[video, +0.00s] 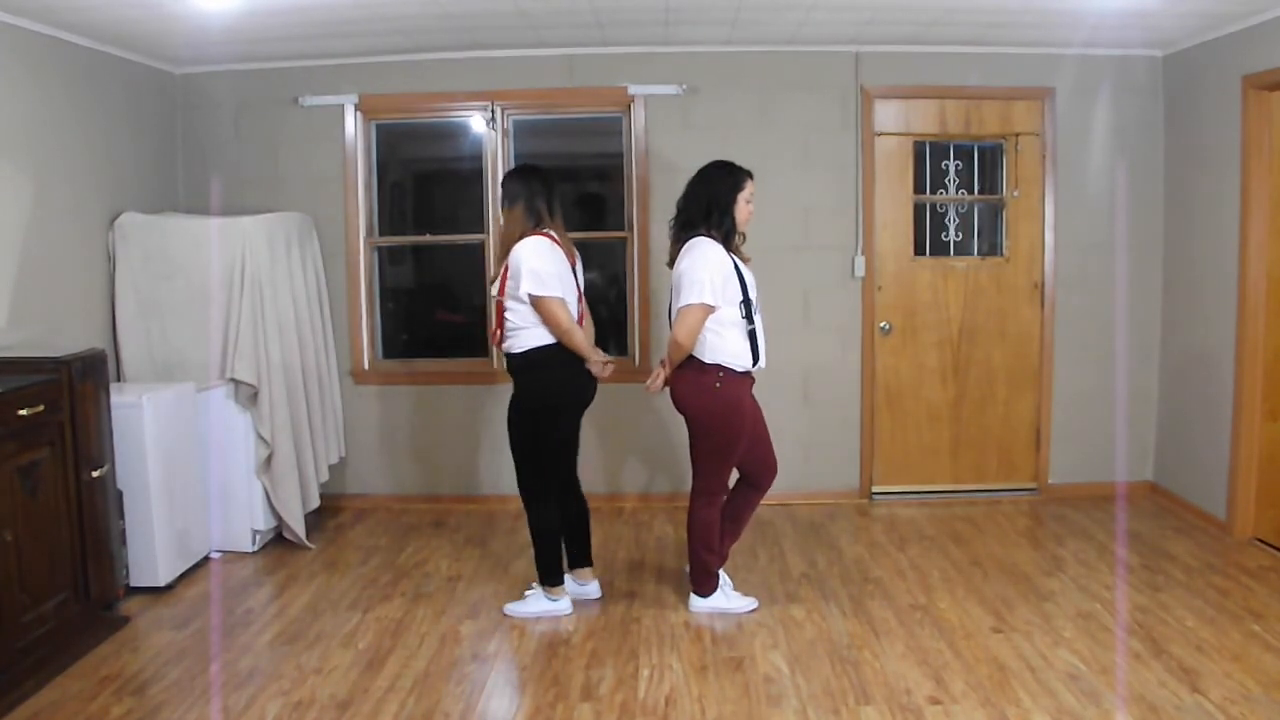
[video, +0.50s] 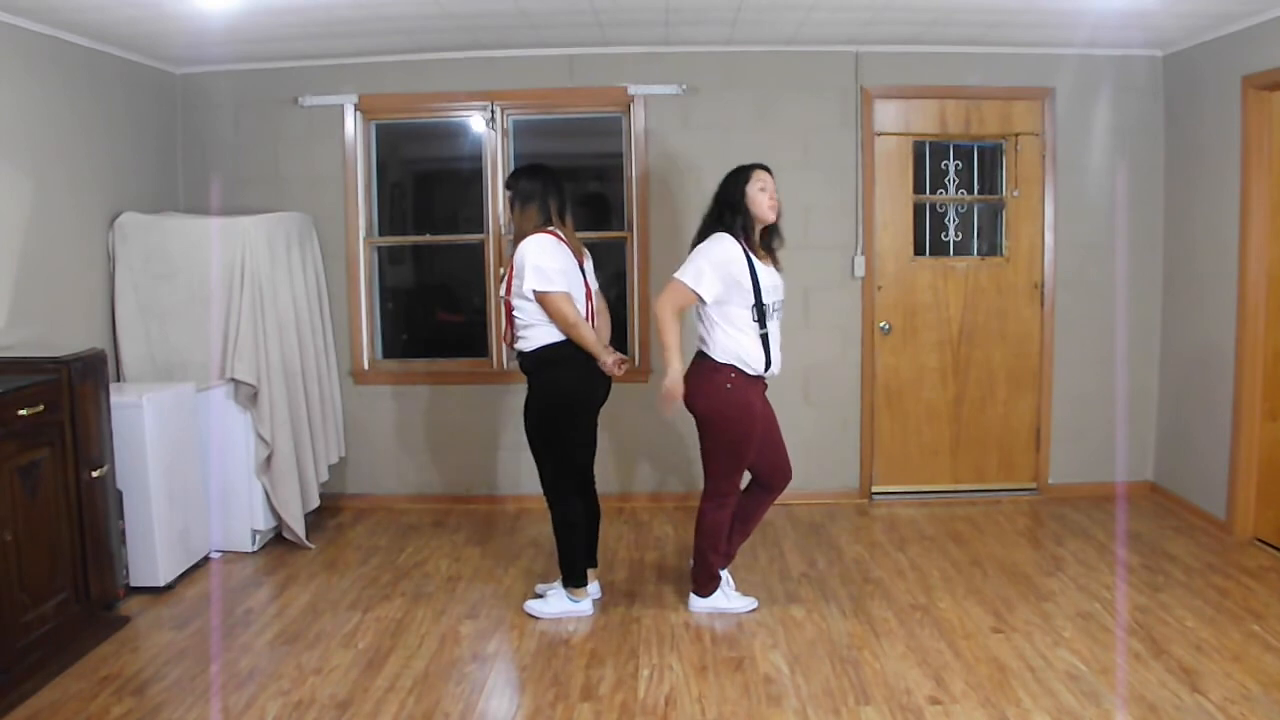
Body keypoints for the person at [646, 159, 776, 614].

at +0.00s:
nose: (752, 210)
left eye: (751, 200)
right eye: (747, 200)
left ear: (721, 201)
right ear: (725, 201)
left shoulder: (721, 251)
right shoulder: (704, 252)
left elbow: (691, 325)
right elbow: (684, 336)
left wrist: (667, 364)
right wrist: (666, 367)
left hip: (731, 382)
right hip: (711, 383)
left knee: (760, 472)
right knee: (710, 488)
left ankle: (710, 564)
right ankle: (705, 590)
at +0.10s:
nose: (754, 209)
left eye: (754, 200)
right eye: (749, 200)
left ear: (726, 200)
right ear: (727, 201)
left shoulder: (724, 251)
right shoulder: (706, 252)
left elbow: (693, 326)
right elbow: (683, 338)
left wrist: (669, 364)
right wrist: (668, 366)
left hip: (733, 382)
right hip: (712, 383)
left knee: (762, 471)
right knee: (710, 488)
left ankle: (711, 563)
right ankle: (705, 590)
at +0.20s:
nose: (758, 208)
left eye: (758, 198)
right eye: (753, 199)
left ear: (730, 200)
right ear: (729, 200)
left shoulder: (728, 251)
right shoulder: (708, 251)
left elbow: (695, 323)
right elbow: (684, 335)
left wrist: (671, 363)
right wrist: (670, 365)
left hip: (736, 382)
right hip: (714, 383)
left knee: (764, 471)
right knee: (711, 489)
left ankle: (712, 563)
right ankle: (705, 590)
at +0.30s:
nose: (763, 209)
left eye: (762, 200)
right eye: (757, 200)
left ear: (734, 201)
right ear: (733, 201)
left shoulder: (734, 251)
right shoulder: (712, 250)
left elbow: (706, 321)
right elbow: (680, 329)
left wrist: (677, 363)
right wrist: (678, 364)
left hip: (738, 383)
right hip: (716, 384)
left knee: (767, 473)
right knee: (712, 489)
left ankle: (713, 563)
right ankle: (705, 589)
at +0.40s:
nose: (769, 203)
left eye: (768, 195)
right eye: (763, 195)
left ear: (744, 201)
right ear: (738, 200)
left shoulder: (745, 252)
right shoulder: (716, 249)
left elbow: (721, 317)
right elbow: (669, 316)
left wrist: (688, 359)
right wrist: (679, 361)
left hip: (742, 383)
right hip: (719, 383)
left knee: (772, 473)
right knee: (716, 490)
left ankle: (715, 562)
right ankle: (705, 589)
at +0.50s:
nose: (773, 197)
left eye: (774, 191)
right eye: (763, 190)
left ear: (773, 202)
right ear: (738, 198)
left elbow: (746, 318)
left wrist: (755, 373)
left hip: (747, 384)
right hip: (722, 383)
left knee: (774, 475)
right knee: (721, 489)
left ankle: (715, 563)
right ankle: (705, 589)